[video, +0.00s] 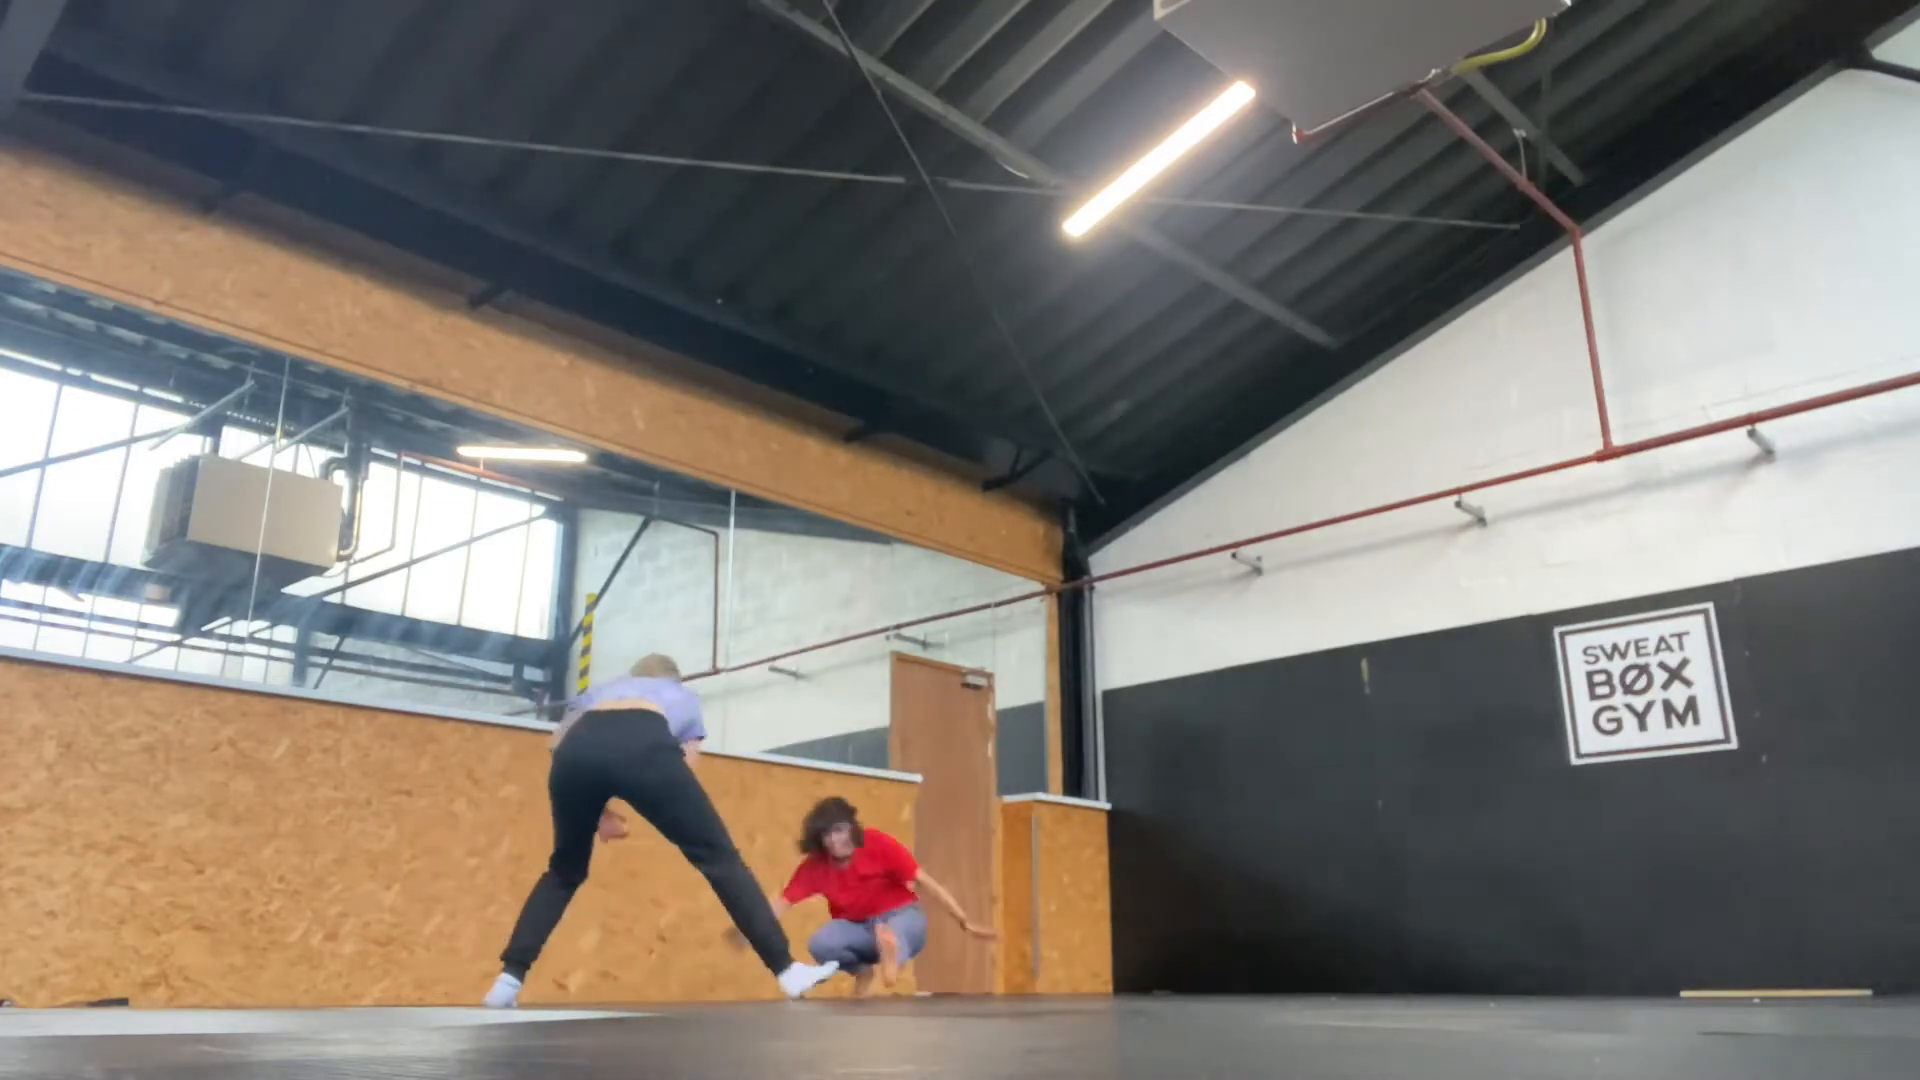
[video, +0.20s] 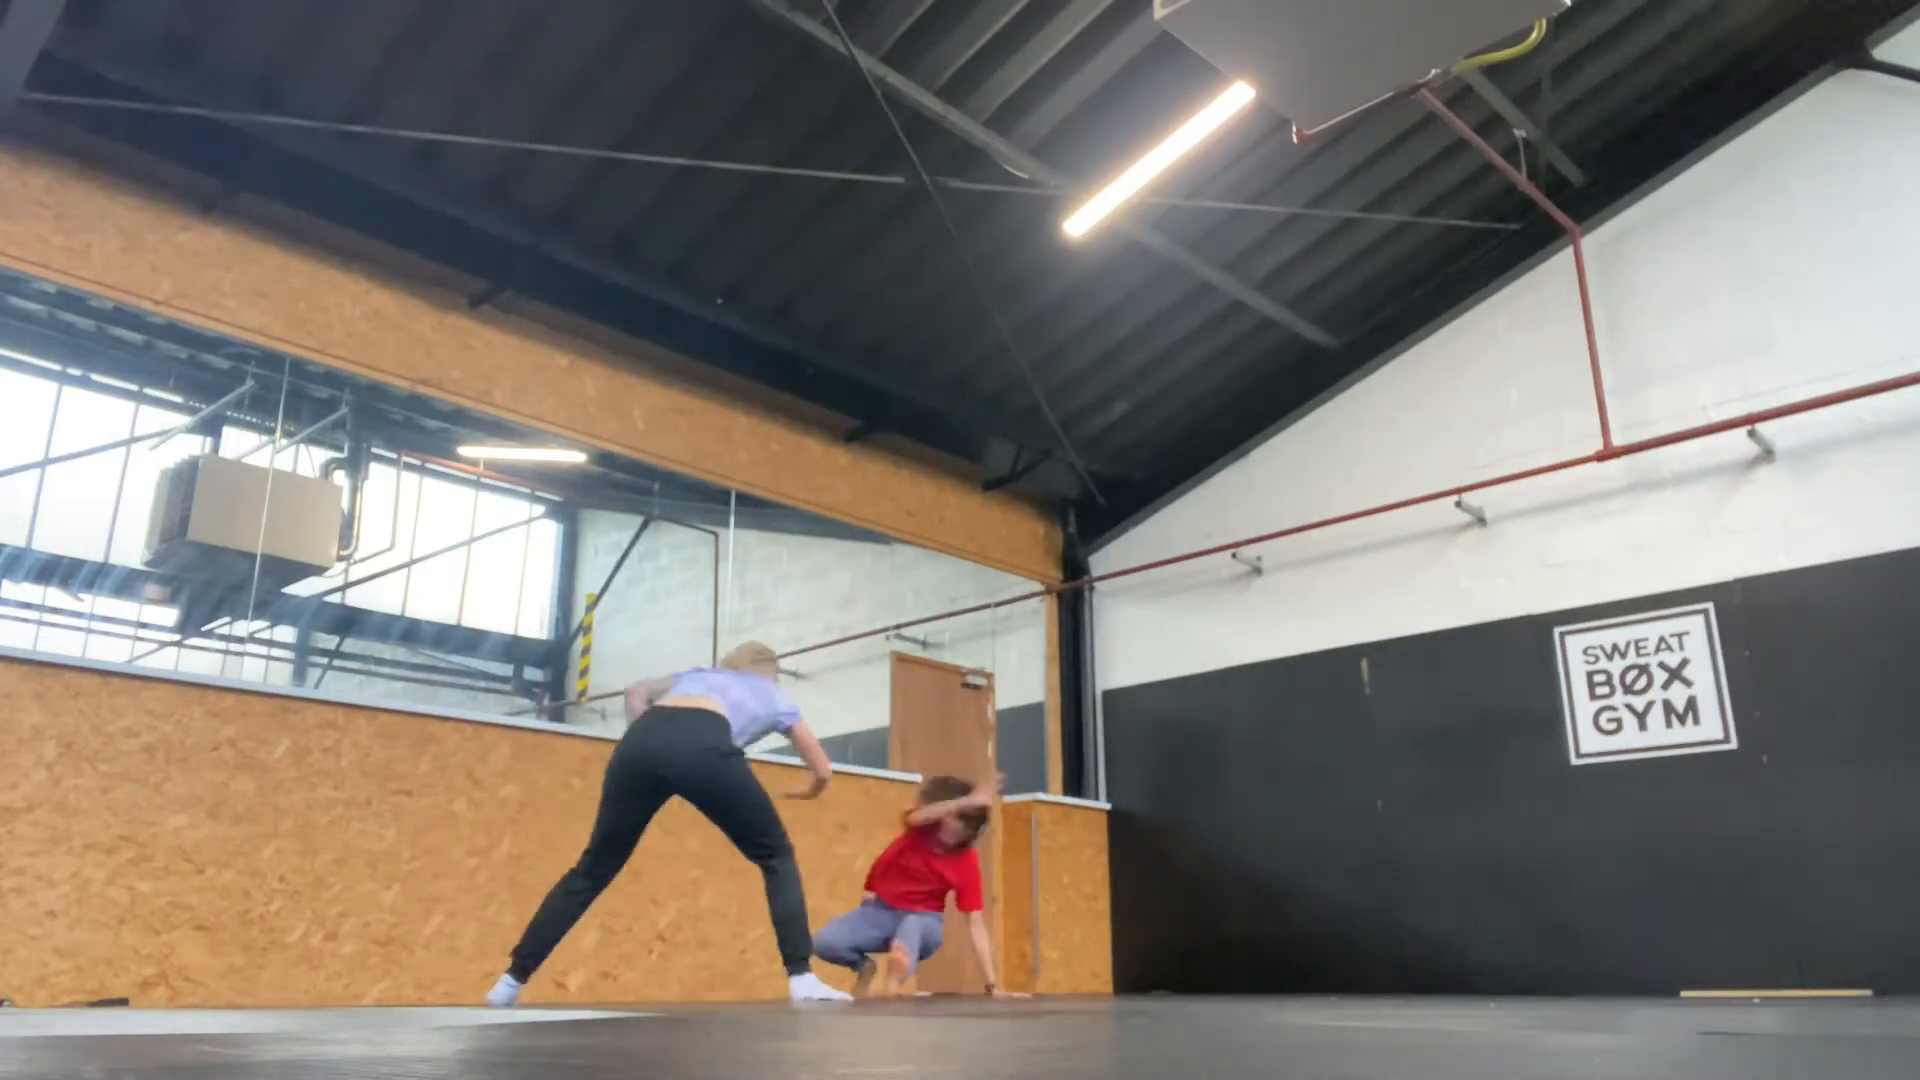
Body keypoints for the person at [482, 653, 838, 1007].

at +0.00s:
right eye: (676, 683)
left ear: (635, 674)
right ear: (676, 678)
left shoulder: (601, 689)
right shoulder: (685, 697)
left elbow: (561, 750)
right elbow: (683, 767)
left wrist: (596, 815)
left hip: (578, 747)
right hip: (644, 745)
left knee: (564, 869)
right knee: (719, 858)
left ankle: (508, 980)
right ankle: (787, 970)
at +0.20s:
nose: (779, 681)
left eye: (776, 677)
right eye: (777, 675)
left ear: (731, 666)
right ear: (769, 673)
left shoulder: (696, 676)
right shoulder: (774, 694)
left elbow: (636, 692)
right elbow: (822, 768)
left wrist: (649, 744)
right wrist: (811, 791)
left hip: (643, 741)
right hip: (704, 745)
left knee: (593, 869)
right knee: (776, 857)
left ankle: (509, 983)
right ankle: (803, 981)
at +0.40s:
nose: (867, 703)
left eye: (865, 693)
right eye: (865, 694)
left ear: (817, 670)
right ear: (853, 683)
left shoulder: (778, 674)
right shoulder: (850, 697)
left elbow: (709, 682)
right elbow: (914, 744)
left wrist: (720, 698)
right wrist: (977, 780)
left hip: (696, 716)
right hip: (752, 729)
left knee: (624, 846)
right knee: (807, 849)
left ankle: (530, 958)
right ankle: (806, 980)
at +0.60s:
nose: (890, 671)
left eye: (892, 664)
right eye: (890, 662)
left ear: (845, 640)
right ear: (873, 650)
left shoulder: (795, 661)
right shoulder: (857, 664)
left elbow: (725, 683)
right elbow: (863, 681)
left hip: (709, 719)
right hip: (764, 728)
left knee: (661, 846)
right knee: (816, 850)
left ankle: (581, 917)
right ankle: (808, 978)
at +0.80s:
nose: (860, 608)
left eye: (863, 600)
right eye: (861, 598)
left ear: (814, 583)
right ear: (849, 589)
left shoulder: (764, 613)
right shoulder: (831, 608)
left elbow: (699, 661)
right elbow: (795, 617)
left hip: (692, 711)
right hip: (751, 713)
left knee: (665, 845)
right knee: (789, 848)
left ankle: (584, 935)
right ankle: (807, 978)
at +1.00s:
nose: (818, 580)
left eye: (822, 571)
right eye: (819, 568)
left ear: (787, 553)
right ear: (801, 556)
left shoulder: (755, 593)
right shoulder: (765, 574)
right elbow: (705, 608)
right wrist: (669, 670)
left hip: (664, 717)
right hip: (715, 716)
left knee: (653, 853)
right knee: (780, 837)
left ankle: (569, 955)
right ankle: (805, 977)